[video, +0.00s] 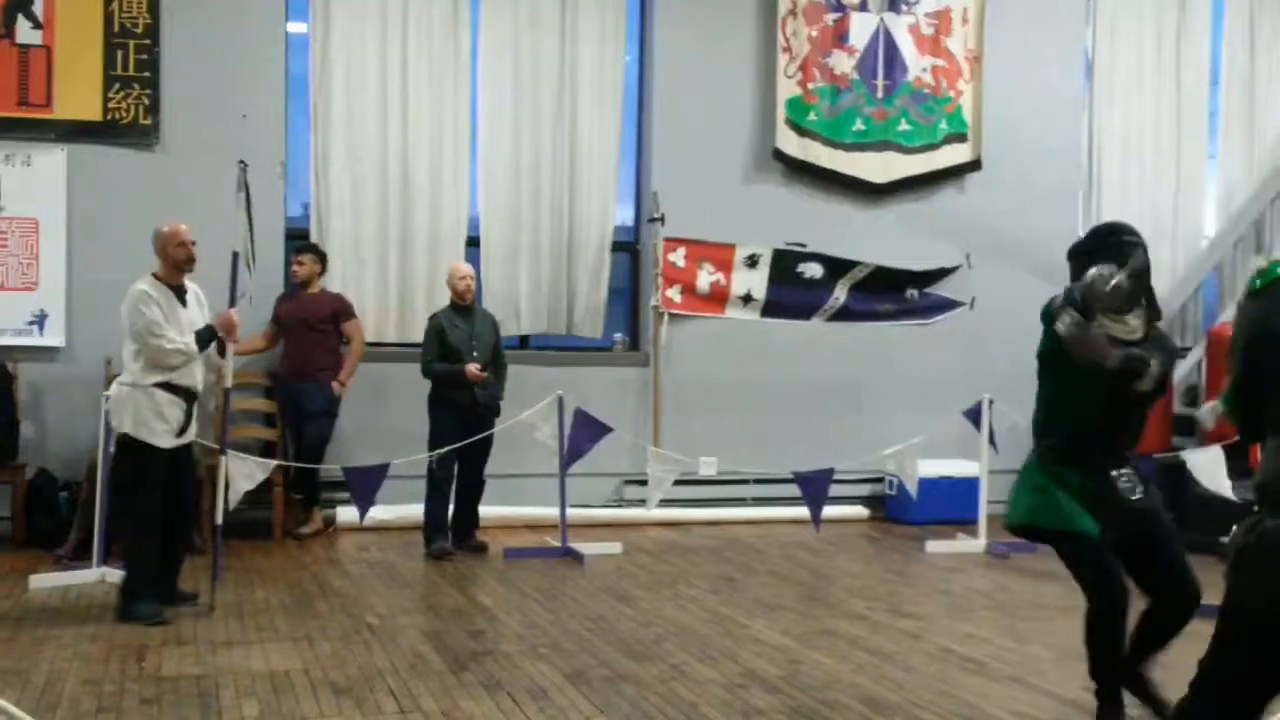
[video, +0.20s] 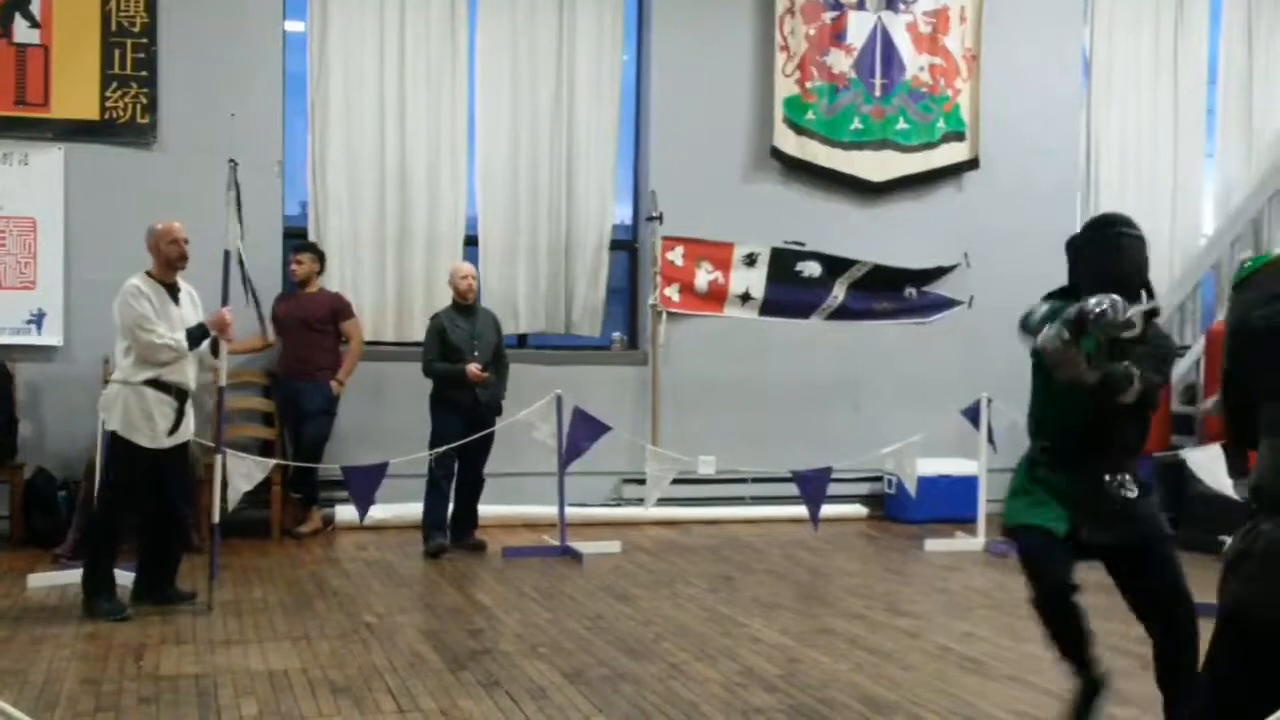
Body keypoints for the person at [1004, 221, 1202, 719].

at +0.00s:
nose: (1123, 285)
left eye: (1133, 273)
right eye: (1112, 272)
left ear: (1144, 280)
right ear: (1085, 273)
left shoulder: (1151, 338)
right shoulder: (1064, 314)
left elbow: (1152, 371)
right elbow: (1071, 327)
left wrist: (1120, 357)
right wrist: (1090, 291)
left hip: (1114, 477)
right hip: (1055, 480)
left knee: (1179, 595)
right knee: (1108, 592)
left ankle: (1131, 666)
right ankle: (1108, 701)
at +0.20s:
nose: (1118, 282)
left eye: (1130, 270)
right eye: (1105, 269)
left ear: (1143, 274)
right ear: (1079, 268)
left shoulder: (1153, 340)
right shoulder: (1054, 315)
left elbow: (1138, 396)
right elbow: (1036, 323)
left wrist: (1088, 377)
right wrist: (1081, 318)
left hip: (1115, 486)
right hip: (1045, 485)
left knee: (1175, 615)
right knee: (1048, 585)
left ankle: (1182, 708)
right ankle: (1088, 676)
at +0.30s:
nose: (1110, 276)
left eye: (1115, 265)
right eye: (1097, 265)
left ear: (1122, 272)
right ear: (1067, 270)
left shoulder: (1133, 342)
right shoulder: (1038, 326)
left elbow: (1138, 396)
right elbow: (1015, 362)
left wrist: (1105, 398)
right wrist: (1063, 341)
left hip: (1103, 495)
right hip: (1032, 494)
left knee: (1170, 615)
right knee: (1008, 590)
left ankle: (1179, 709)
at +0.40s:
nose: (1071, 274)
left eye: (1074, 263)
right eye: (1059, 264)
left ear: (1080, 272)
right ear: (1034, 273)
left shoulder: (1092, 338)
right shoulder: (1009, 344)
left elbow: (1128, 406)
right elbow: (1004, 380)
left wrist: (1110, 419)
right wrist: (1065, 361)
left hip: (1079, 508)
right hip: (1013, 507)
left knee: (1148, 623)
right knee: (977, 605)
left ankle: (1173, 706)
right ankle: (925, 709)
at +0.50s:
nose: (1027, 276)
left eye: (1026, 265)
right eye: (1015, 267)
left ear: (1031, 272)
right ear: (990, 276)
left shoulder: (1035, 340)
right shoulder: (968, 350)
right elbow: (1003, 377)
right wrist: (1055, 349)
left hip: (1023, 514)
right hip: (962, 510)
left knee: (1098, 616)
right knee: (949, 612)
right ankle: (910, 712)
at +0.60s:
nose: (974, 286)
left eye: (975, 276)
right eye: (965, 276)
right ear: (949, 280)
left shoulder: (995, 340)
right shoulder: (927, 350)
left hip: (977, 501)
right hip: (918, 503)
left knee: (1050, 595)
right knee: (930, 609)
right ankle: (903, 710)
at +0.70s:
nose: (943, 278)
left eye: (942, 268)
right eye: (933, 269)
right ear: (914, 278)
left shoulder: (960, 349)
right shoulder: (881, 356)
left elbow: (999, 396)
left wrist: (987, 412)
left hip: (945, 500)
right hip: (888, 502)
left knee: (1001, 608)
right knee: (906, 612)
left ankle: (930, 657)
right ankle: (897, 708)